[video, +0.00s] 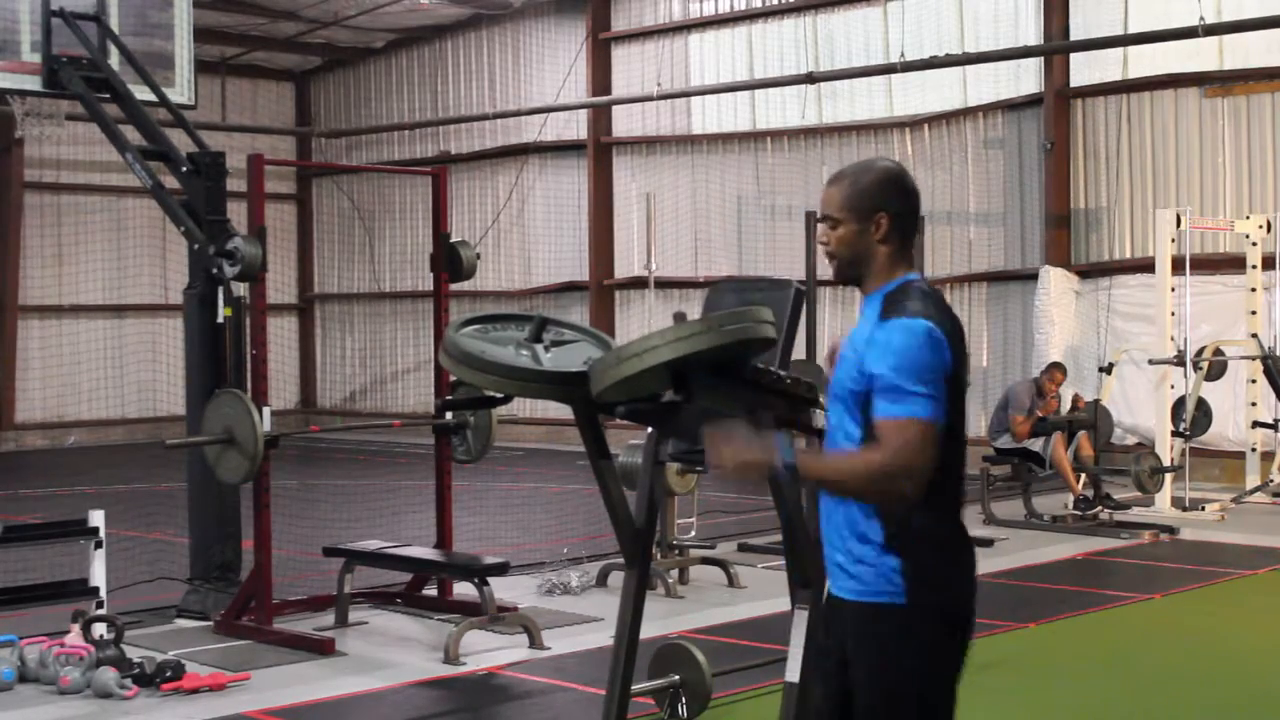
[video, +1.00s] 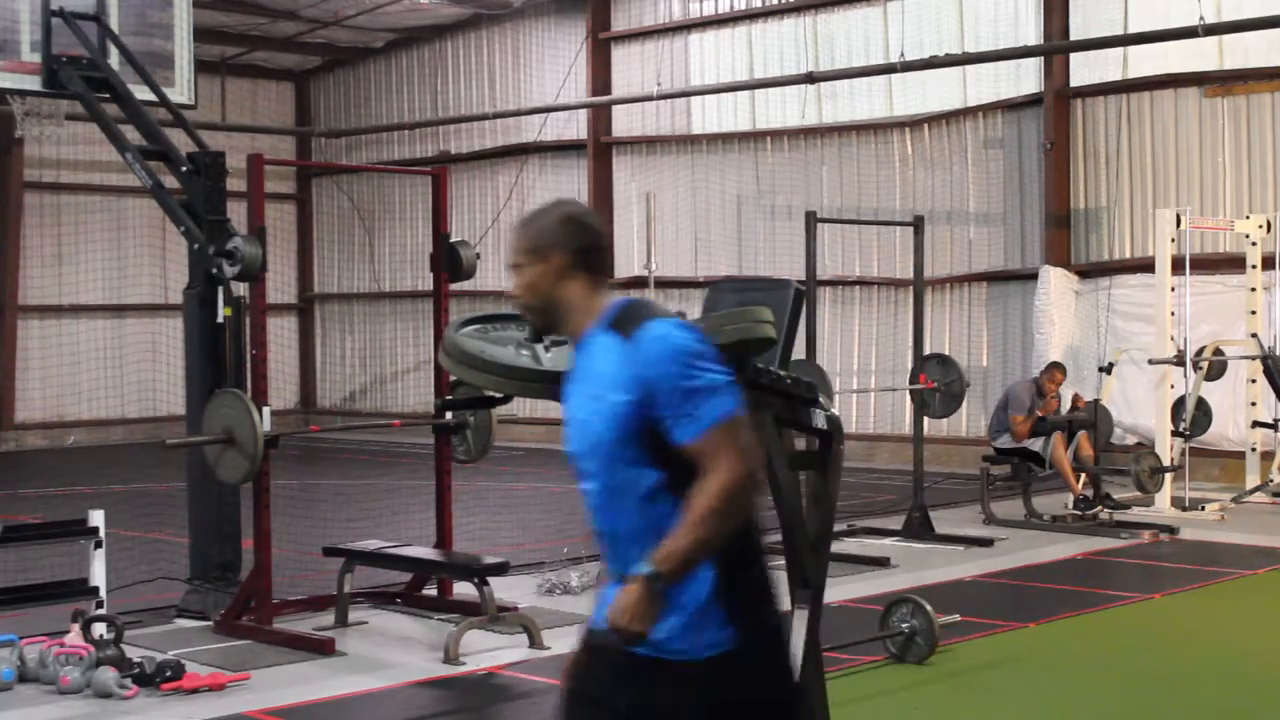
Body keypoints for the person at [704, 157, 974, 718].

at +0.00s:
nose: (821, 238)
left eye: (832, 223)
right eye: (821, 223)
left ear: (880, 228)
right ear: (874, 231)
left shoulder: (911, 330)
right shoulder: (883, 315)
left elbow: (904, 473)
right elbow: (876, 447)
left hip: (899, 599)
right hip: (856, 589)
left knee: (893, 711)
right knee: (825, 707)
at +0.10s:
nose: (825, 232)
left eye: (836, 216)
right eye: (826, 217)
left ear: (884, 222)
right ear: (882, 224)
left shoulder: (917, 330)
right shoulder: (884, 313)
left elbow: (947, 477)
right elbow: (893, 457)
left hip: (906, 605)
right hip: (860, 595)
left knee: (901, 713)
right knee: (822, 709)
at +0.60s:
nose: (758, 243)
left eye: (768, 226)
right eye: (758, 227)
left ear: (817, 226)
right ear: (809, 228)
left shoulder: (893, 336)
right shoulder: (796, 318)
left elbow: (898, 487)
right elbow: (818, 468)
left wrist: (764, 519)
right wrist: (772, 561)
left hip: (872, 625)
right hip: (787, 603)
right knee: (735, 710)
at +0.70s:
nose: (712, 255)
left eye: (721, 236)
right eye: (712, 238)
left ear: (770, 232)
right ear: (766, 234)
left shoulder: (857, 333)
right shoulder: (752, 335)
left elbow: (878, 484)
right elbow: (783, 480)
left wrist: (750, 536)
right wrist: (734, 584)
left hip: (850, 629)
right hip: (759, 613)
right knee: (705, 709)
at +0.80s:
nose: (652, 269)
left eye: (662, 249)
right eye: (650, 252)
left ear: (711, 242)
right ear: (704, 246)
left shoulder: (806, 338)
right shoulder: (696, 348)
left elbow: (845, 482)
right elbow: (725, 496)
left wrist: (733, 553)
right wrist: (694, 604)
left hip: (816, 637)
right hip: (724, 628)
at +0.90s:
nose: (581, 283)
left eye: (591, 263)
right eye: (580, 266)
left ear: (639, 256)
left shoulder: (742, 344)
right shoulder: (634, 372)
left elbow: (802, 478)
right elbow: (664, 521)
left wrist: (701, 574)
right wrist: (645, 631)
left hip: (765, 652)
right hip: (673, 652)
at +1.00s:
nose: (512, 288)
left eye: (519, 268)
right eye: (512, 272)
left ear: (561, 264)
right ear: (554, 267)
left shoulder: (661, 344)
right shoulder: (585, 360)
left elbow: (734, 468)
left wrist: (651, 580)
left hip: (707, 645)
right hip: (624, 636)